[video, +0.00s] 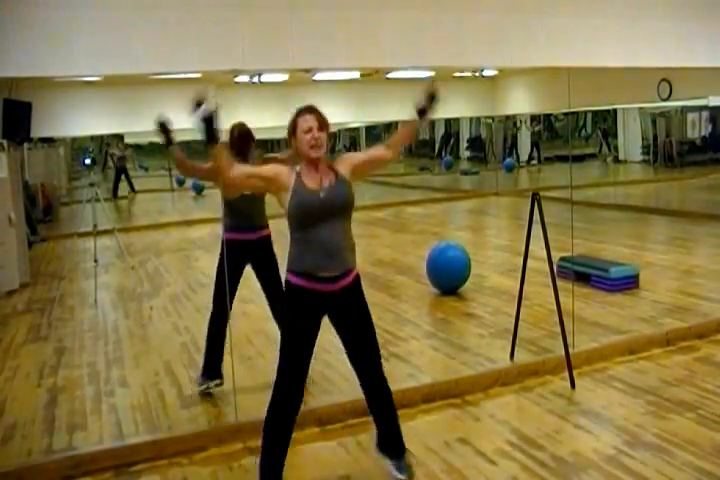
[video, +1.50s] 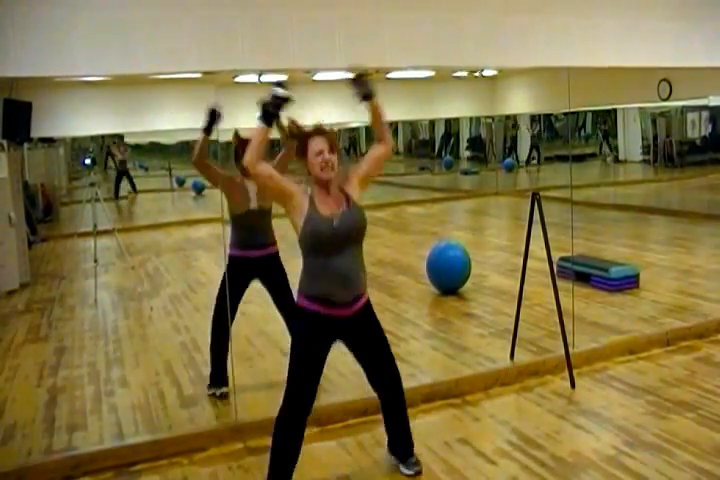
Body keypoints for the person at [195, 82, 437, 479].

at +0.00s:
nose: (315, 136)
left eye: (320, 129)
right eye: (307, 131)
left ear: (328, 136)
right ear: (294, 139)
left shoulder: (344, 168)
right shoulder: (282, 175)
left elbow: (391, 149)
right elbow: (229, 174)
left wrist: (420, 113)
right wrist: (214, 132)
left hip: (347, 287)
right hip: (303, 291)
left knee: (372, 374)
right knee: (289, 386)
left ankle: (395, 451)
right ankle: (269, 473)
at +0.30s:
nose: (317, 151)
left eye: (320, 145)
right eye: (308, 147)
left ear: (327, 151)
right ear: (294, 156)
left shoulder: (342, 193)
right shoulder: (285, 203)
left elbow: (356, 253)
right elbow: (278, 263)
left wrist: (382, 292)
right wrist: (272, 314)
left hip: (346, 306)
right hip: (305, 310)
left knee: (354, 388)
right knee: (314, 391)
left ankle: (339, 461)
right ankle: (315, 467)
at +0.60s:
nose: (314, 145)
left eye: (319, 139)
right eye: (305, 140)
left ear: (327, 145)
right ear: (293, 149)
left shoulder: (343, 178)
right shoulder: (282, 187)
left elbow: (387, 147)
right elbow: (228, 180)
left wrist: (387, 94)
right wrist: (233, 125)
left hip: (345, 297)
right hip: (301, 301)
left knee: (374, 374)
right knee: (283, 390)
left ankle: (393, 445)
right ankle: (264, 474)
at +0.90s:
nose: (314, 132)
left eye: (318, 125)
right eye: (306, 128)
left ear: (326, 131)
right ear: (293, 138)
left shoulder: (344, 167)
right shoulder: (283, 179)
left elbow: (393, 176)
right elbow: (237, 211)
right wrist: (214, 186)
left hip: (348, 282)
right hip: (305, 287)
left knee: (370, 365)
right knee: (297, 381)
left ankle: (381, 444)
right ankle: (278, 472)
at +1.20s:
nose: (320, 141)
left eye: (324, 134)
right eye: (311, 137)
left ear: (332, 140)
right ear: (299, 146)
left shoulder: (347, 183)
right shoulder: (290, 194)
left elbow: (368, 235)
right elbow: (277, 248)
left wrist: (410, 257)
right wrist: (257, 281)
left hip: (353, 298)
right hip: (311, 301)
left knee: (360, 385)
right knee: (315, 388)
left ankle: (348, 464)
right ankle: (317, 469)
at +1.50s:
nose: (326, 158)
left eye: (330, 151)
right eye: (318, 153)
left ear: (338, 157)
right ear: (306, 162)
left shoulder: (351, 188)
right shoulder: (296, 197)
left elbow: (385, 145)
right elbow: (251, 164)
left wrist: (371, 99)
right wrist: (268, 117)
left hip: (358, 311)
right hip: (314, 315)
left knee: (390, 384)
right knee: (297, 405)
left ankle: (402, 452)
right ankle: (278, 478)